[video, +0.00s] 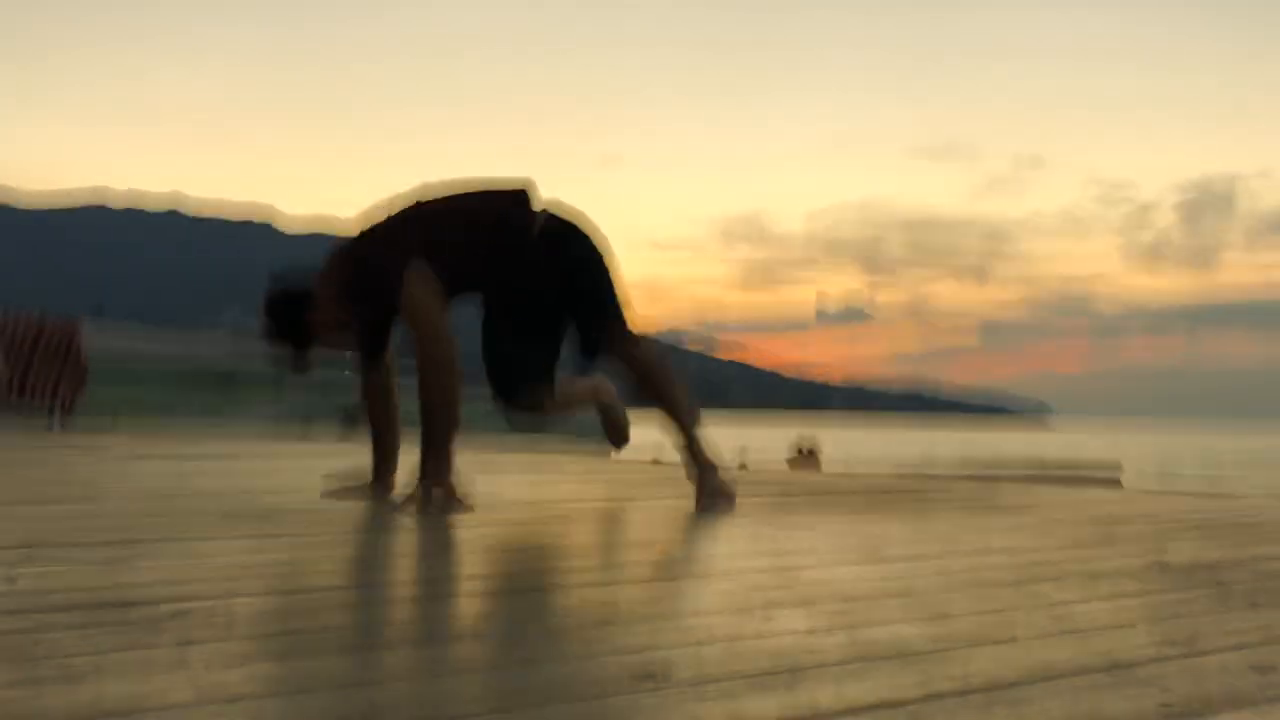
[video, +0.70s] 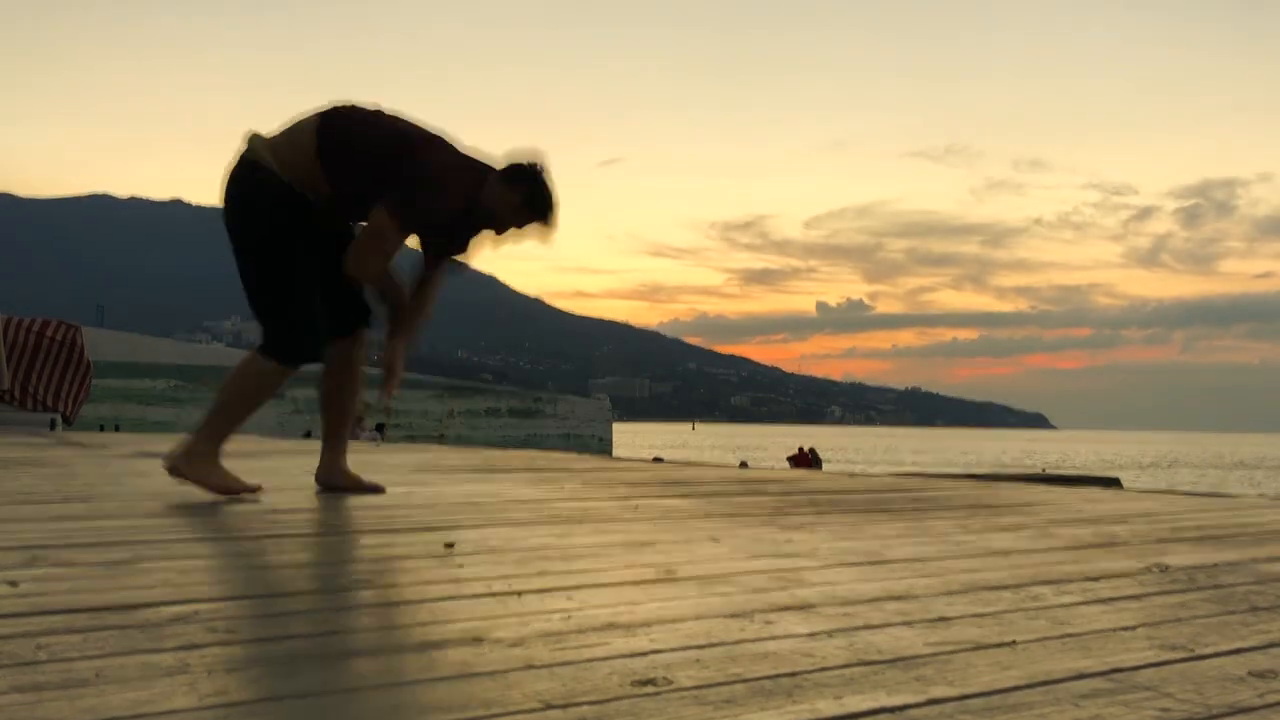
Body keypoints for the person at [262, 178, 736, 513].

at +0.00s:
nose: (339, 342)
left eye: (327, 334)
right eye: (328, 341)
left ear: (321, 307)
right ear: (320, 306)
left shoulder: (391, 264)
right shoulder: (357, 283)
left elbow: (437, 364)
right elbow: (378, 385)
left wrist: (437, 478)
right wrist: (381, 481)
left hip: (557, 241)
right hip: (508, 274)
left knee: (618, 346)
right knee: (525, 402)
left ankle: (701, 461)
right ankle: (600, 393)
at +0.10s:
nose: (340, 382)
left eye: (336, 376)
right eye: (331, 384)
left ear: (331, 340)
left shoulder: (374, 280)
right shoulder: (313, 286)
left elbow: (449, 378)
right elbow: (361, 386)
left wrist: (436, 484)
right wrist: (380, 476)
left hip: (506, 211)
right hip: (461, 247)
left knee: (600, 333)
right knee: (575, 338)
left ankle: (662, 458)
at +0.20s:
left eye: (371, 379)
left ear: (376, 339)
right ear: (314, 345)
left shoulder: (405, 284)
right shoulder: (311, 284)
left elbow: (458, 381)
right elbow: (354, 385)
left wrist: (437, 485)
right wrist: (380, 475)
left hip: (477, 187)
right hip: (404, 192)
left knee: (540, 329)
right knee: (493, 263)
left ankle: (583, 462)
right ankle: (569, 219)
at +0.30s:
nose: (391, 394)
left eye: (399, 385)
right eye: (377, 386)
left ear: (414, 338)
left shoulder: (441, 292)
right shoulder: (323, 311)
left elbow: (468, 383)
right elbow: (350, 383)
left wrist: (441, 487)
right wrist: (377, 473)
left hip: (458, 167)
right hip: (377, 165)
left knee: (488, 327)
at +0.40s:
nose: (402, 388)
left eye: (414, 378)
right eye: (391, 377)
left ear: (439, 332)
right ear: (367, 333)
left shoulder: (463, 292)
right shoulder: (328, 294)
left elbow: (472, 392)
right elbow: (342, 375)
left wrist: (442, 486)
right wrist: (361, 460)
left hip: (445, 155)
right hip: (368, 146)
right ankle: (365, 462)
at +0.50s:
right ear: (385, 305)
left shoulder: (470, 300)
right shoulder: (339, 264)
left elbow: (464, 394)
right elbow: (310, 348)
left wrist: (442, 484)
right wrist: (342, 437)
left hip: (437, 179)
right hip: (359, 153)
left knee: (384, 349)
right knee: (276, 268)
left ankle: (332, 459)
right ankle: (227, 349)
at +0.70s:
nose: (505, 229)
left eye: (516, 226)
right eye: (514, 219)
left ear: (507, 194)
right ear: (507, 192)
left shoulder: (465, 210)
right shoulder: (442, 177)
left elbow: (425, 290)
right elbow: (363, 262)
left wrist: (398, 355)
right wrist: (397, 303)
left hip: (320, 210)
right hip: (265, 190)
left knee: (348, 330)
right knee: (293, 336)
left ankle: (333, 466)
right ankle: (197, 452)